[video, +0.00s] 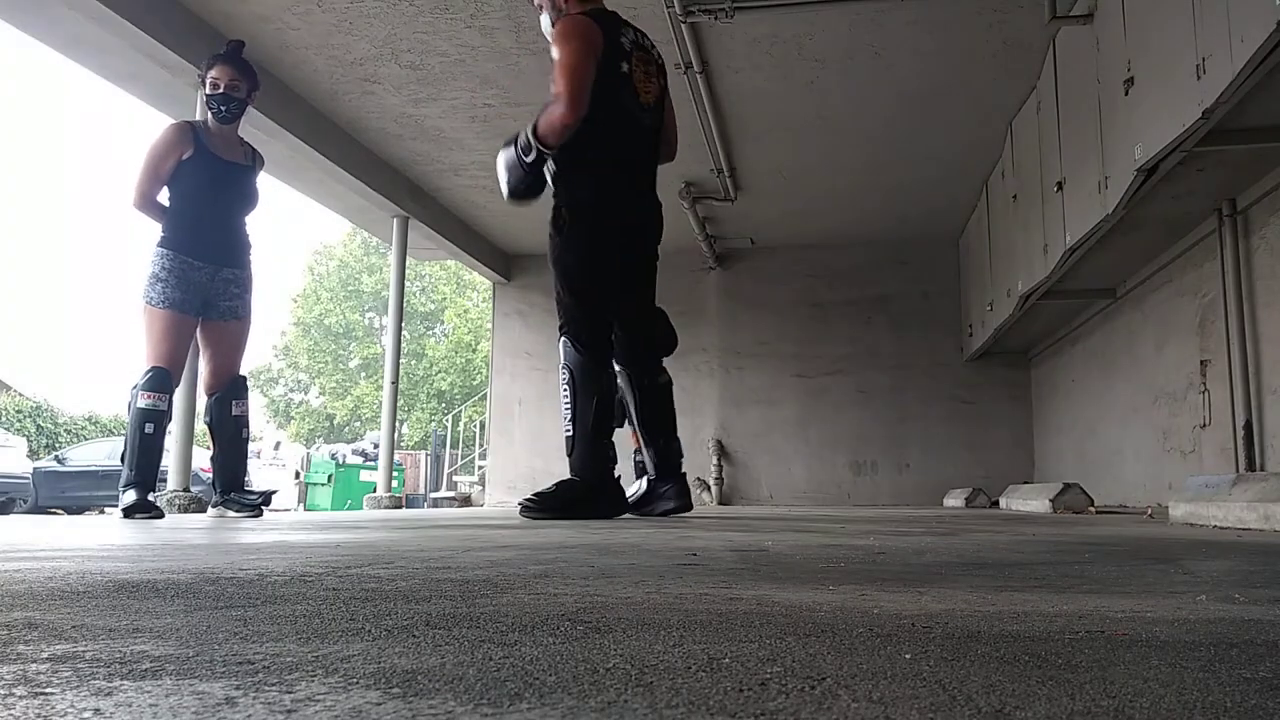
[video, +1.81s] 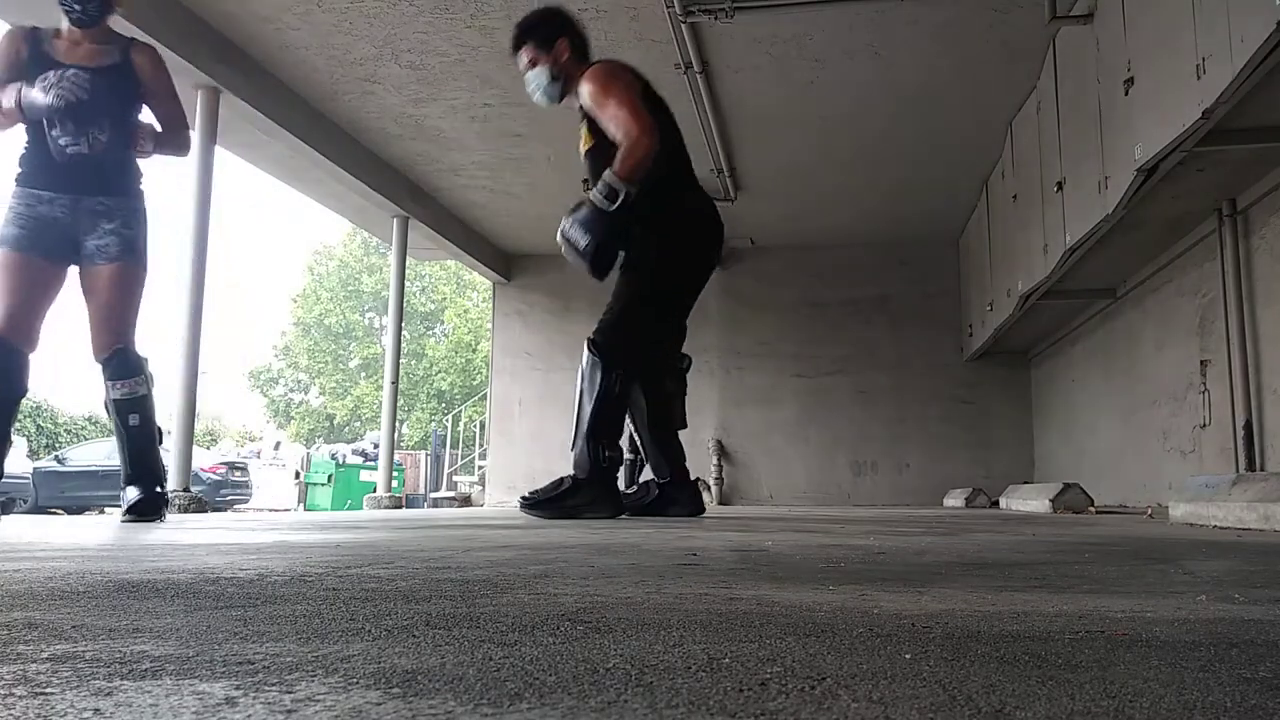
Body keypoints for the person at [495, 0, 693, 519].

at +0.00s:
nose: (538, 11)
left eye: (539, 4)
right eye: (536, 6)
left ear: (559, 0)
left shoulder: (573, 27)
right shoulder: (641, 41)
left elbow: (566, 111)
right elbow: (665, 145)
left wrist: (526, 151)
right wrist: (593, 153)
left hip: (587, 212)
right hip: (639, 212)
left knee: (583, 344)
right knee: (638, 344)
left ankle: (591, 481)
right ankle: (664, 479)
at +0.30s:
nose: (529, 78)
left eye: (526, 64)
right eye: (523, 72)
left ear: (552, 41)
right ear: (555, 44)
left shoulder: (584, 63)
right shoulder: (626, 73)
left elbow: (597, 132)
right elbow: (652, 165)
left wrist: (577, 204)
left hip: (641, 223)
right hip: (680, 226)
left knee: (574, 341)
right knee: (643, 352)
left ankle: (584, 478)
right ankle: (662, 485)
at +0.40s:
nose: (512, 116)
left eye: (510, 104)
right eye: (506, 112)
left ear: (531, 80)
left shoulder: (568, 97)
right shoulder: (596, 99)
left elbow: (593, 161)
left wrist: (593, 242)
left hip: (665, 232)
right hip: (696, 232)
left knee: (597, 345)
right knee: (649, 357)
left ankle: (589, 481)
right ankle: (663, 484)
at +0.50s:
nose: (507, 168)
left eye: (502, 155)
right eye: (500, 164)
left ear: (517, 127)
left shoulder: (562, 134)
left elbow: (593, 201)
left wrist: (602, 276)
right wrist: (587, 299)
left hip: (676, 235)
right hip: (713, 236)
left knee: (608, 333)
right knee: (654, 351)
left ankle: (591, 480)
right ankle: (661, 484)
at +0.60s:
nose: (504, 204)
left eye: (498, 192)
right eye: (495, 202)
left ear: (510, 162)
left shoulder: (560, 163)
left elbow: (598, 236)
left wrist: (607, 308)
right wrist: (590, 327)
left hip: (695, 239)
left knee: (608, 338)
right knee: (649, 351)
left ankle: (590, 483)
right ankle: (662, 486)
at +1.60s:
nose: (495, 132)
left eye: (493, 117)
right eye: (488, 124)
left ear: (519, 96)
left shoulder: (561, 115)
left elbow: (603, 179)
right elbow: (625, 211)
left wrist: (570, 249)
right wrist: (602, 267)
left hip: (675, 232)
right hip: (694, 232)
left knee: (601, 348)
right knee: (646, 353)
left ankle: (590, 482)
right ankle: (670, 481)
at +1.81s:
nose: (531, 80)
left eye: (533, 66)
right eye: (526, 73)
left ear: (564, 51)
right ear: (560, 57)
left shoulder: (598, 80)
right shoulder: (595, 94)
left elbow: (641, 140)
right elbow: (639, 161)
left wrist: (596, 206)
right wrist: (597, 217)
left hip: (672, 228)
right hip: (679, 229)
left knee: (609, 345)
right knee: (647, 352)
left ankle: (592, 479)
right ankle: (670, 481)